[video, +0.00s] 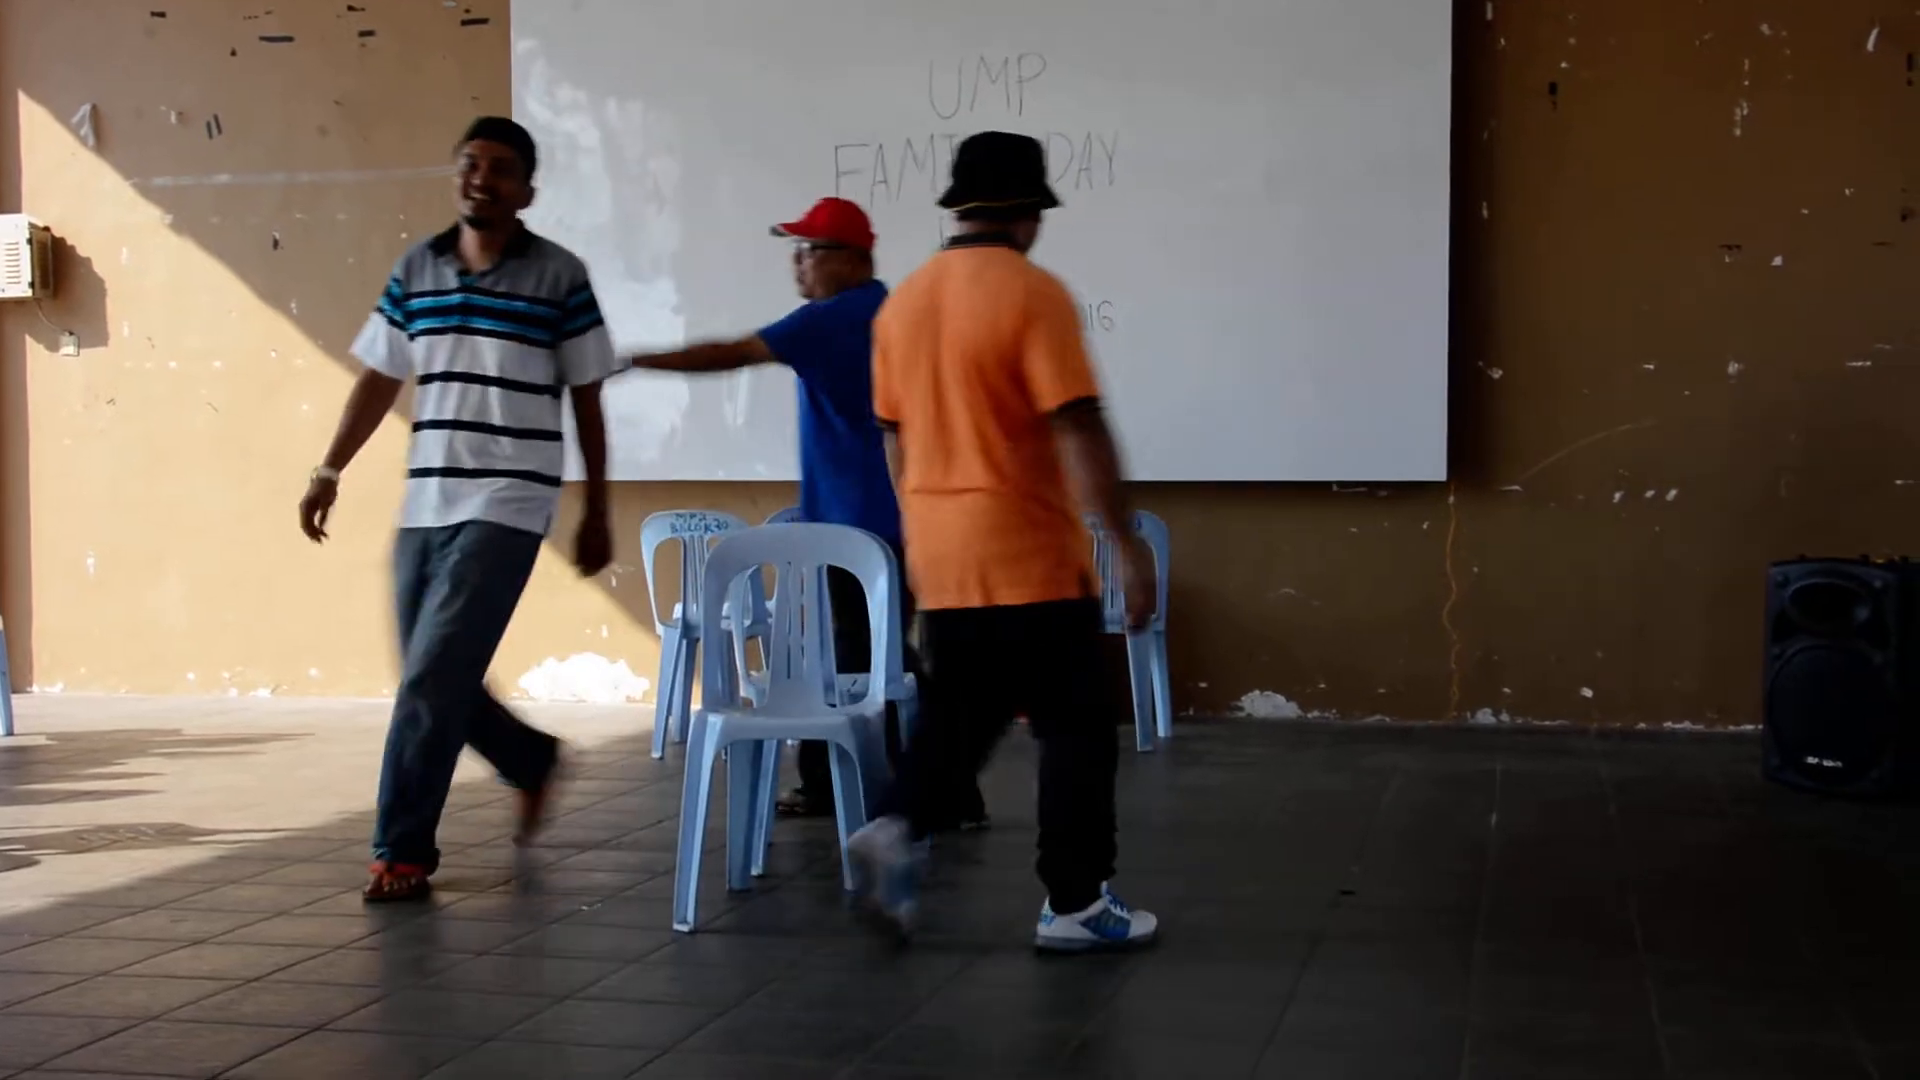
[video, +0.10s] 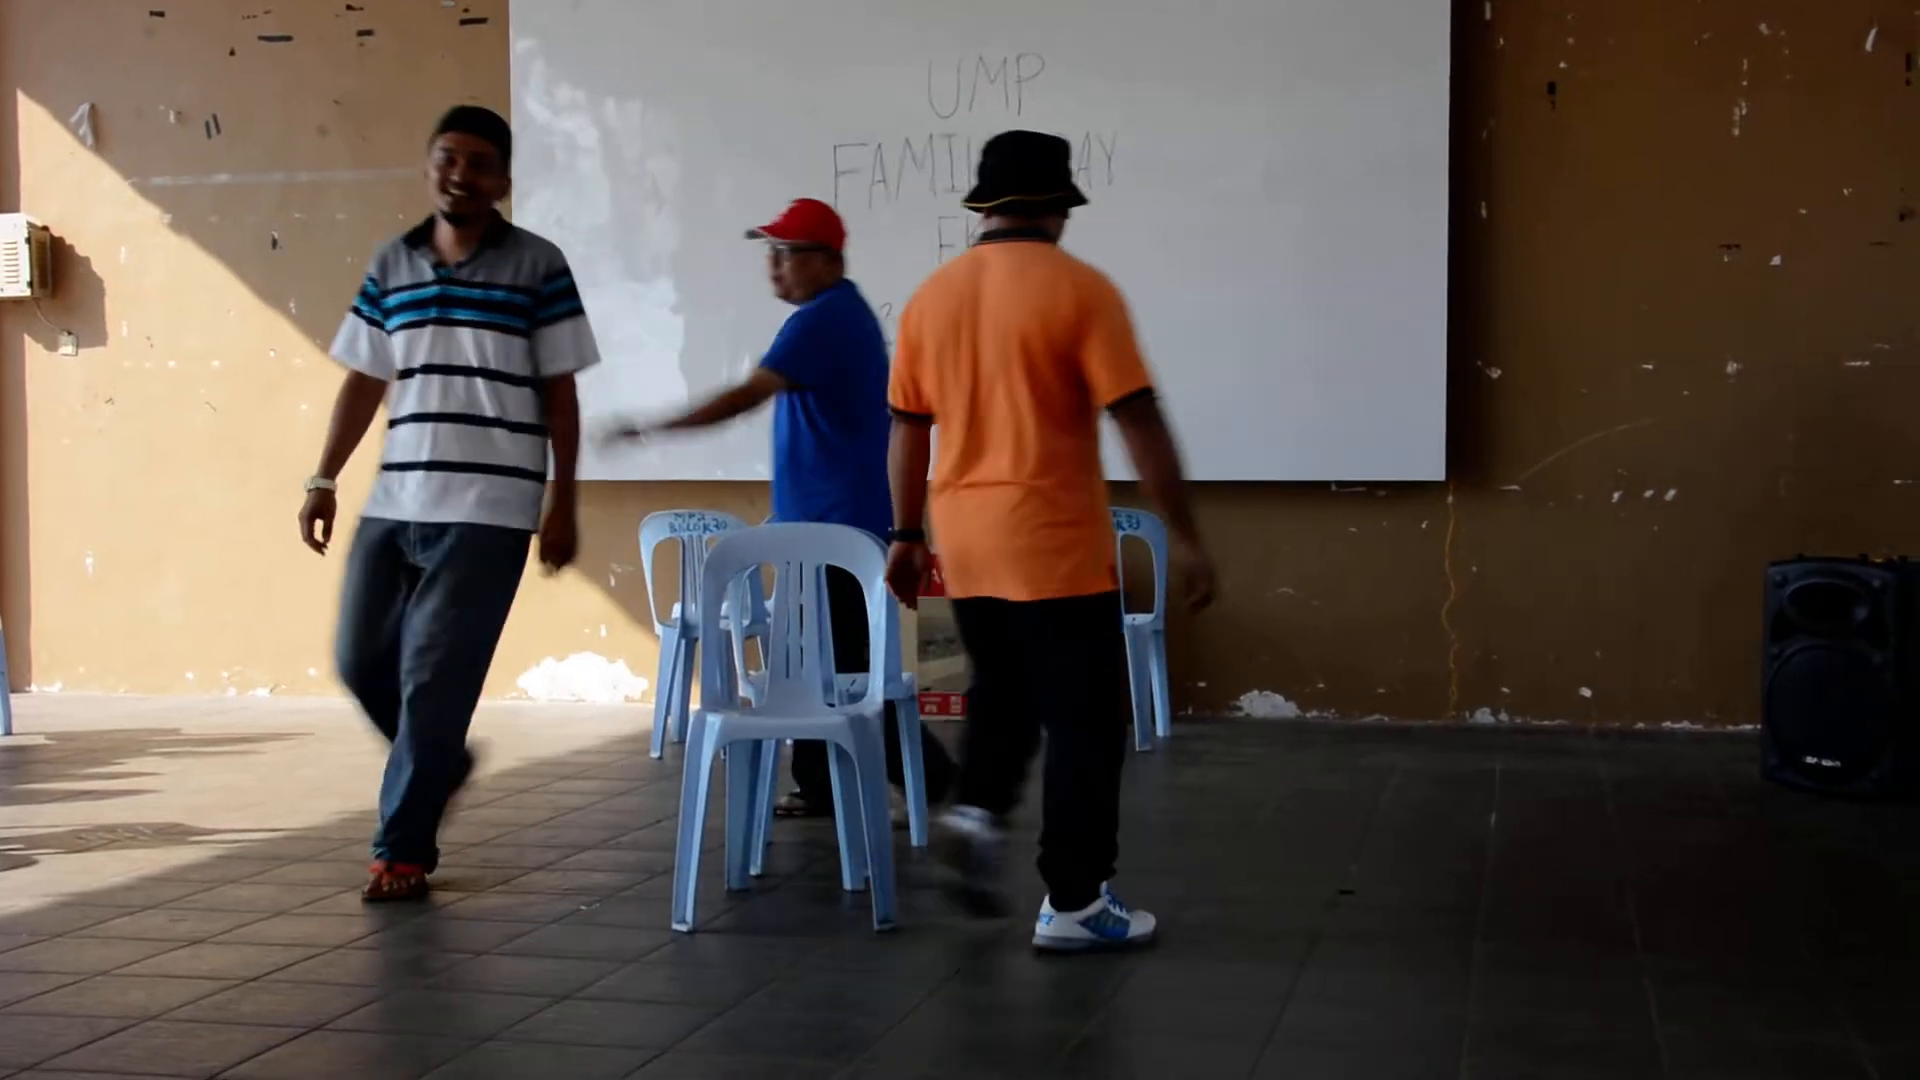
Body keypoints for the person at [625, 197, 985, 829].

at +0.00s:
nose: (798, 266)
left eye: (810, 255)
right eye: (799, 254)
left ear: (847, 260)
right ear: (854, 260)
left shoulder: (833, 316)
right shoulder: (885, 309)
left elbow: (737, 353)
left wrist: (640, 359)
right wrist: (811, 508)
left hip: (844, 521)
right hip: (890, 515)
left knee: (833, 652)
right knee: (893, 658)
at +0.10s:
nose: (772, 267)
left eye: (783, 256)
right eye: (772, 255)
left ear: (819, 260)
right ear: (820, 260)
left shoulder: (818, 321)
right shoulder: (851, 314)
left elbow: (746, 397)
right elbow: (869, 423)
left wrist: (653, 428)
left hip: (821, 525)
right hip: (856, 519)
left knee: (814, 658)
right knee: (857, 661)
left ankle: (819, 787)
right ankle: (933, 777)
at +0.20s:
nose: (751, 264)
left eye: (765, 252)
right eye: (747, 251)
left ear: (799, 258)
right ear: (745, 254)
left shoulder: (809, 319)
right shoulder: (791, 317)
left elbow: (777, 414)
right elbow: (779, 414)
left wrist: (722, 480)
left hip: (818, 517)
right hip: (802, 514)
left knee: (795, 644)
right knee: (820, 644)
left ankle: (822, 779)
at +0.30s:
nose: (728, 261)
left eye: (743, 250)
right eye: (722, 249)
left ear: (775, 256)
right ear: (714, 255)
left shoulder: (794, 320)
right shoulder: (729, 326)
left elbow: (796, 426)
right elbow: (716, 421)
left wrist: (785, 524)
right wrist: (682, 501)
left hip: (801, 532)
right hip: (749, 529)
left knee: (804, 658)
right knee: (734, 658)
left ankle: (813, 786)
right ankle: (738, 783)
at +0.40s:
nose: (702, 264)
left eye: (717, 252)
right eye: (696, 252)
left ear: (751, 259)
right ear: (689, 259)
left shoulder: (777, 323)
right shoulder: (690, 328)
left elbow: (815, 418)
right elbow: (666, 423)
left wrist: (838, 503)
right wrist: (628, 508)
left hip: (779, 526)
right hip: (717, 526)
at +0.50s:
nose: (678, 260)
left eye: (693, 248)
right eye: (669, 248)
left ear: (727, 255)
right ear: (662, 256)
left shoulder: (759, 322)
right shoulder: (657, 327)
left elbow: (817, 410)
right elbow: (639, 426)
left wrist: (865, 497)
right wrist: (609, 511)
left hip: (753, 530)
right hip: (685, 531)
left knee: (692, 666)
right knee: (706, 661)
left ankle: (670, 798)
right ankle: (797, 749)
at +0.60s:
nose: (658, 256)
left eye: (673, 245)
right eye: (649, 244)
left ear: (706, 252)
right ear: (639, 252)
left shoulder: (739, 319)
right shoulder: (631, 322)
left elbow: (800, 408)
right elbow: (617, 425)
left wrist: (850, 494)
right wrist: (598, 511)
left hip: (718, 529)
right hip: (642, 527)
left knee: (696, 664)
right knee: (630, 646)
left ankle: (669, 798)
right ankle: (708, 738)